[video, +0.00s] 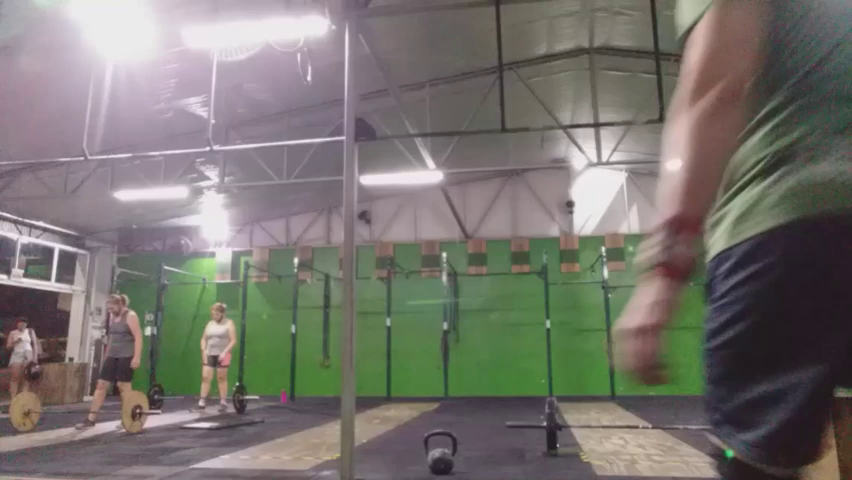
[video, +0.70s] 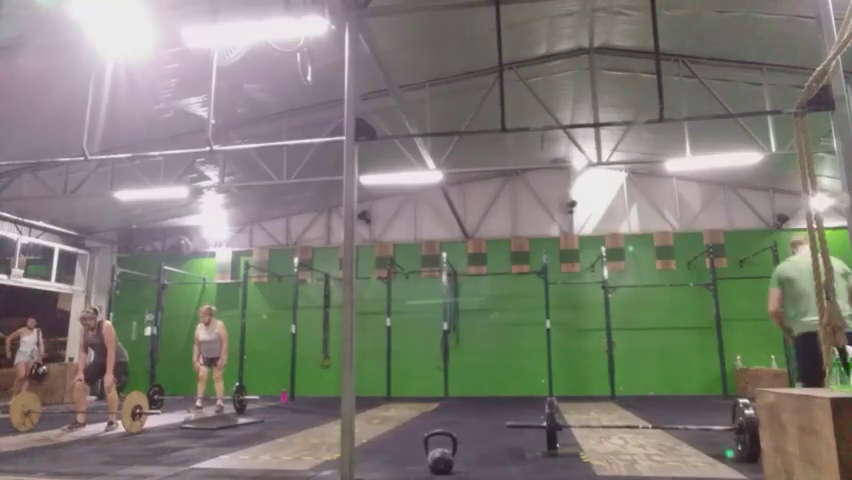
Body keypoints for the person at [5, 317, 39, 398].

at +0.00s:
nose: (22, 325)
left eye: (24, 323)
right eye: (20, 323)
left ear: (26, 324)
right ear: (17, 324)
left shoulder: (30, 332)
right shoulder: (13, 333)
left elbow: (35, 345)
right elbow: (8, 347)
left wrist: (35, 359)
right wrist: (16, 342)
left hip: (28, 357)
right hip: (16, 357)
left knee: (27, 378)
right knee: (14, 378)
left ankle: (25, 398)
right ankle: (13, 400)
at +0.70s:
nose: (31, 324)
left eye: (33, 322)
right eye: (30, 322)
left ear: (35, 323)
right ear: (27, 322)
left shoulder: (38, 331)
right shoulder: (22, 330)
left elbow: (41, 343)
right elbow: (8, 339)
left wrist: (41, 354)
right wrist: (8, 352)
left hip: (32, 355)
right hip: (22, 354)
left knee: (28, 376)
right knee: (21, 375)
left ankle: (23, 395)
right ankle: (14, 395)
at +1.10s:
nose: (16, 323)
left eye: (18, 321)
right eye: (14, 321)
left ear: (22, 322)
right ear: (11, 322)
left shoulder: (24, 332)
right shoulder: (8, 333)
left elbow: (29, 344)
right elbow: (3, 346)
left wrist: (31, 357)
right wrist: (2, 358)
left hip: (23, 358)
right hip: (10, 359)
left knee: (25, 379)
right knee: (7, 379)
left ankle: (26, 399)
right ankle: (7, 400)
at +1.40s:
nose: (17, 323)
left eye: (18, 321)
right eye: (15, 321)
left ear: (22, 323)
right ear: (12, 323)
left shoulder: (26, 331)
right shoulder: (9, 333)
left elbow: (31, 345)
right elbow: (5, 347)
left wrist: (33, 358)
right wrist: (5, 359)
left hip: (25, 357)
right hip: (12, 358)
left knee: (26, 379)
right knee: (9, 379)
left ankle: (26, 399)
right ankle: (7, 400)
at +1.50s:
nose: (16, 323)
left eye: (18, 321)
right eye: (15, 321)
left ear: (22, 322)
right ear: (12, 322)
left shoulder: (26, 331)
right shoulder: (9, 333)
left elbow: (31, 345)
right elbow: (5, 347)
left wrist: (33, 357)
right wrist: (4, 359)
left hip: (25, 358)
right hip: (11, 358)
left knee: (26, 379)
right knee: (8, 379)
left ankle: (26, 399)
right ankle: (7, 400)